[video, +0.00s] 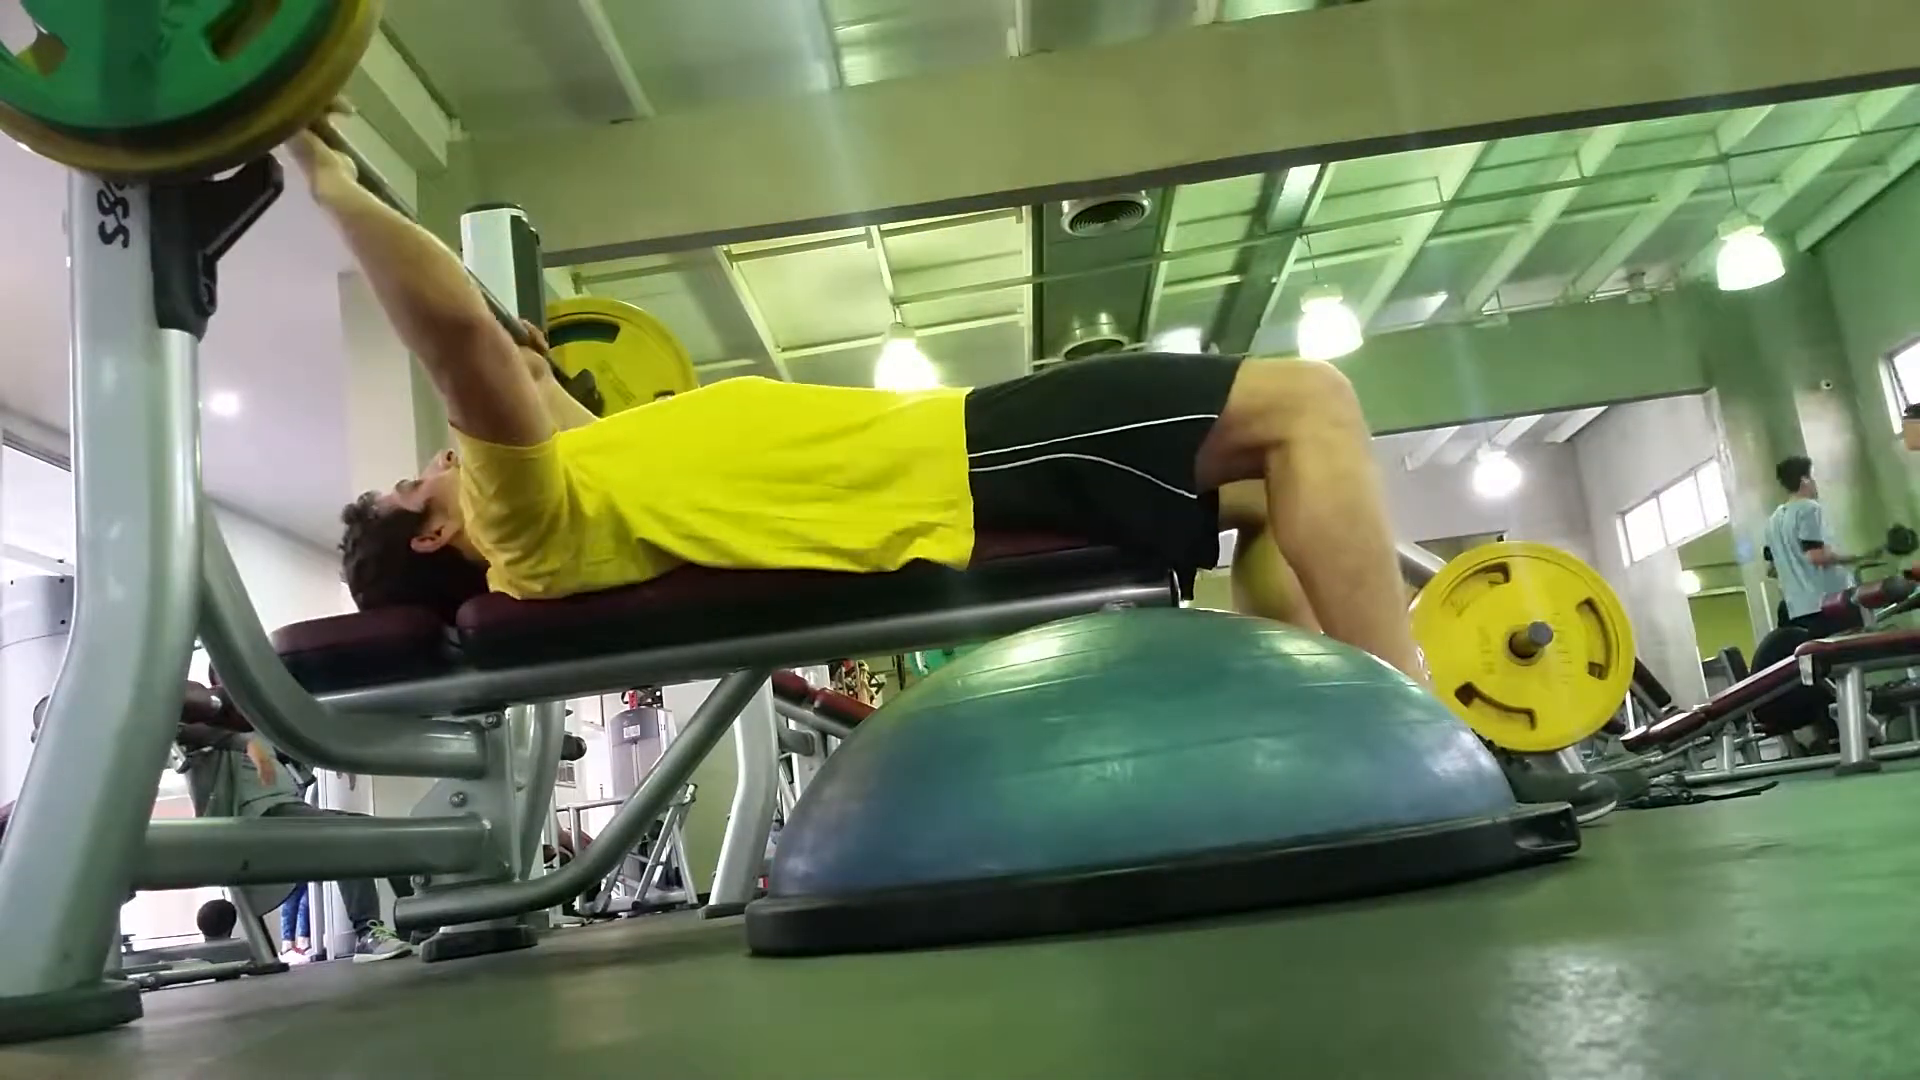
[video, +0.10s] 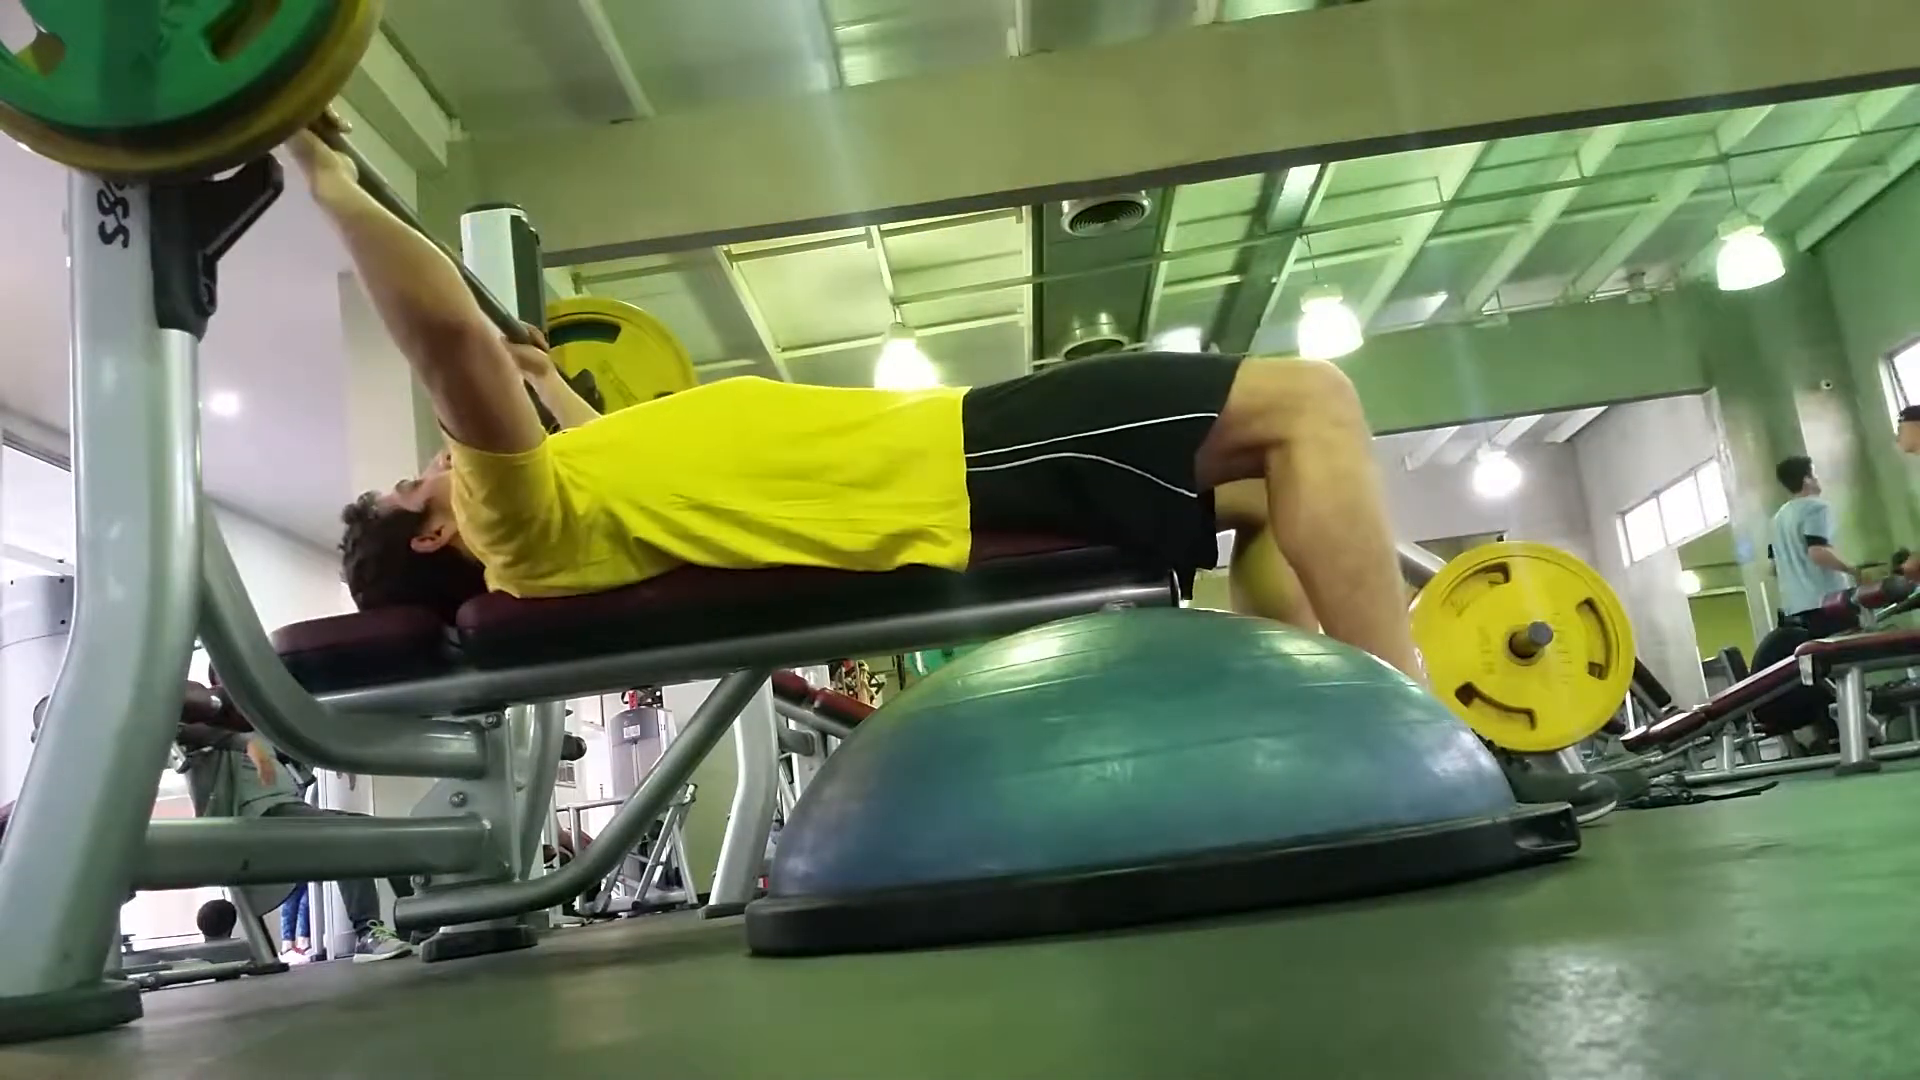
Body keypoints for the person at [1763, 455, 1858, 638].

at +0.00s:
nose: (1815, 482)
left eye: (1813, 476)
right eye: (1812, 477)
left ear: (1787, 484)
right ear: (1803, 481)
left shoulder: (1774, 520)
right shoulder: (1809, 508)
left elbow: (1772, 567)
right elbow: (1815, 554)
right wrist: (1856, 558)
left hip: (1799, 612)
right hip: (1831, 606)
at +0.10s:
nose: (1817, 478)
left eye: (1814, 473)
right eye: (1813, 473)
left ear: (1789, 484)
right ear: (1806, 480)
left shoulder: (1778, 517)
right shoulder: (1815, 507)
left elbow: (1774, 565)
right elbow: (1817, 552)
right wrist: (1850, 570)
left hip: (1795, 609)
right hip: (1826, 605)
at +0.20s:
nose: (1824, 480)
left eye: (1821, 474)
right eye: (1820, 475)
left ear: (1796, 486)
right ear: (1812, 480)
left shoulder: (1786, 516)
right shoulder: (1823, 506)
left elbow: (1782, 557)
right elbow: (1824, 551)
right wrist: (1852, 577)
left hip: (1795, 605)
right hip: (1824, 602)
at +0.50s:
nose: (1835, 476)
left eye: (1831, 471)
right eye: (1830, 472)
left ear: (1808, 485)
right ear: (1823, 480)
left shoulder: (1795, 513)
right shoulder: (1829, 505)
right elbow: (1837, 555)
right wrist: (1854, 596)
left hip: (1798, 605)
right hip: (1827, 603)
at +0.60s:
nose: (1835, 473)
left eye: (1830, 469)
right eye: (1829, 470)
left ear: (1806, 483)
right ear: (1822, 478)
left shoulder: (1793, 509)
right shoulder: (1833, 504)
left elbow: (1785, 549)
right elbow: (1838, 550)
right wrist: (1851, 592)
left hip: (1799, 602)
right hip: (1829, 599)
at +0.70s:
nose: (1833, 472)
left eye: (1829, 467)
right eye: (1828, 469)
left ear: (1803, 482)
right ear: (1822, 477)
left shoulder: (1789, 511)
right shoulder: (1833, 502)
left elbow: (1775, 557)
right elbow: (1828, 545)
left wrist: (1790, 588)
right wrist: (1851, 586)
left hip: (1798, 601)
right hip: (1827, 598)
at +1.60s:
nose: (1827, 478)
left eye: (1823, 473)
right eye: (1822, 474)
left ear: (1801, 488)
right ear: (1817, 481)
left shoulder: (1788, 515)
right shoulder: (1828, 507)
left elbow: (1781, 557)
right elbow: (1829, 555)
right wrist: (1848, 595)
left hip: (1794, 608)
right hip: (1826, 605)